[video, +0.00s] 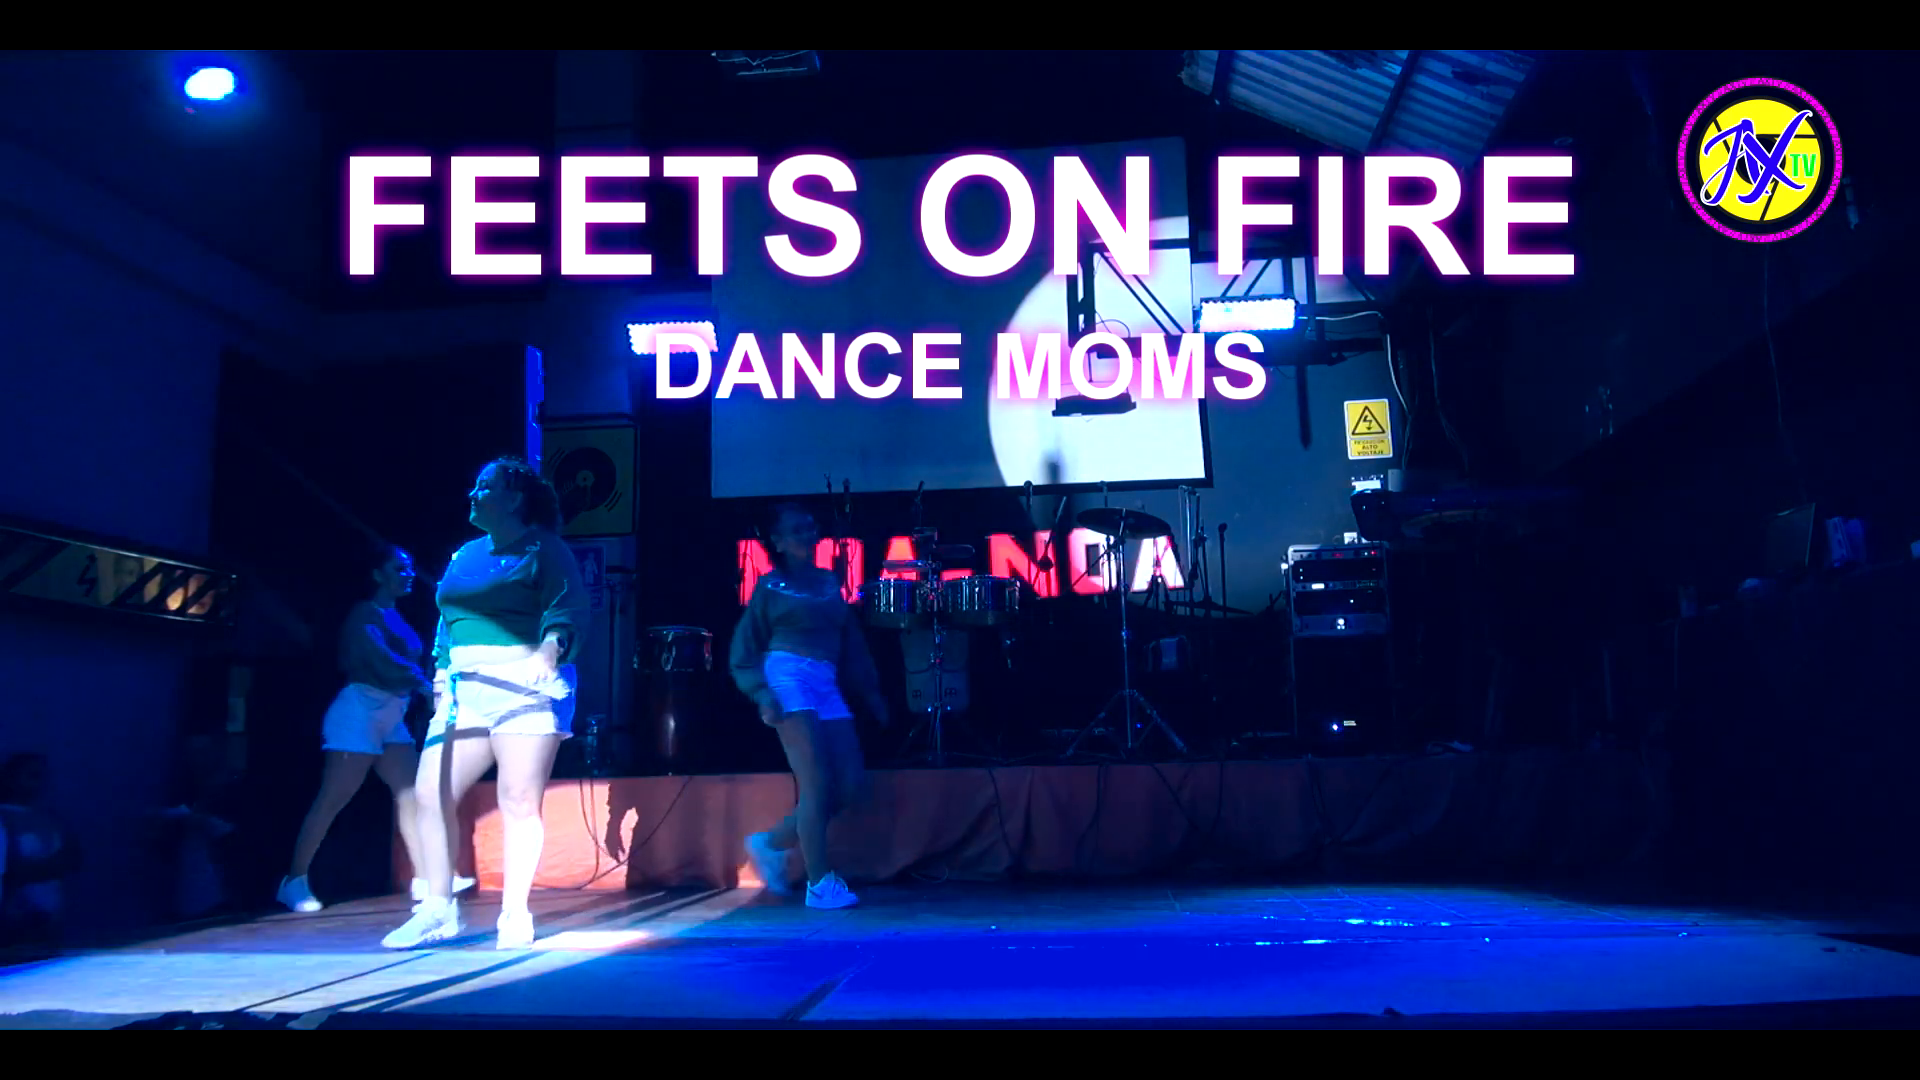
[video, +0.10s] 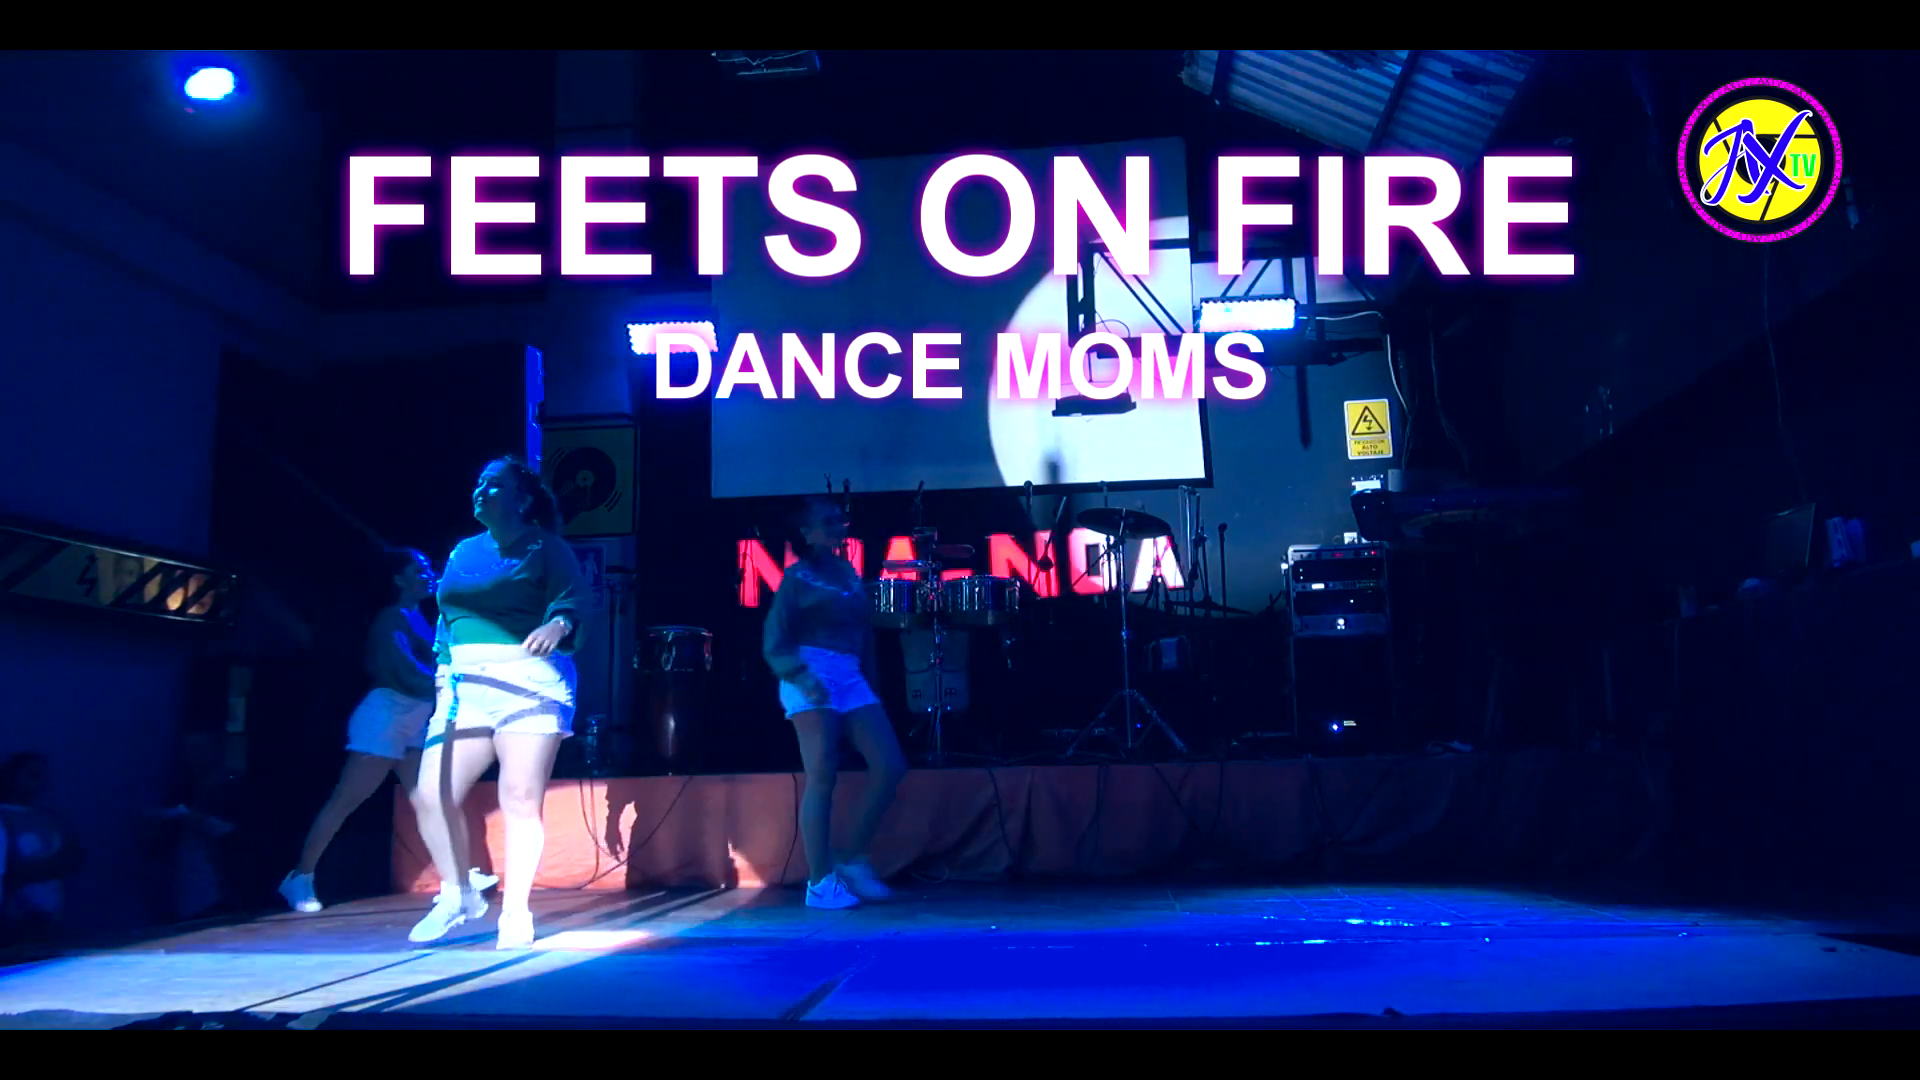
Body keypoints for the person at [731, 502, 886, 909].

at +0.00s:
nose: (807, 536)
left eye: (809, 529)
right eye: (796, 531)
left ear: (816, 533)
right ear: (778, 541)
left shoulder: (828, 583)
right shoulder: (770, 587)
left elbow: (850, 644)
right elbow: (741, 653)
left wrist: (870, 694)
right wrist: (762, 696)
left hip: (825, 677)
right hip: (786, 674)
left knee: (849, 783)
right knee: (814, 781)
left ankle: (769, 843)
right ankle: (819, 882)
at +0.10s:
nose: (840, 526)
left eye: (840, 519)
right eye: (829, 521)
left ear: (843, 526)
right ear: (807, 532)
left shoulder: (849, 576)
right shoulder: (797, 578)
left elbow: (863, 635)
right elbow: (773, 645)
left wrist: (866, 679)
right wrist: (802, 678)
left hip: (848, 673)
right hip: (807, 672)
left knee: (889, 764)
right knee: (821, 774)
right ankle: (819, 881)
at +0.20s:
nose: (869, 521)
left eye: (869, 515)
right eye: (859, 516)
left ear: (871, 523)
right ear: (836, 526)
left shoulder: (874, 572)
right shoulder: (822, 570)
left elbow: (882, 627)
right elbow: (805, 635)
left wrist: (910, 618)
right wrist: (843, 660)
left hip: (877, 676)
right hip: (832, 676)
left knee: (914, 765)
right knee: (828, 775)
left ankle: (926, 873)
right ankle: (821, 881)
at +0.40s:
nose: (919, 521)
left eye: (919, 514)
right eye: (908, 516)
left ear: (922, 522)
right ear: (886, 526)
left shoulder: (926, 570)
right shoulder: (877, 569)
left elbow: (937, 624)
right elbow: (867, 635)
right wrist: (897, 662)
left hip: (938, 672)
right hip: (896, 676)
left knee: (967, 768)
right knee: (902, 780)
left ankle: (961, 880)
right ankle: (843, 863)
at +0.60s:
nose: (947, 510)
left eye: (953, 503)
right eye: (937, 506)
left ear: (965, 510)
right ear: (923, 518)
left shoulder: (979, 561)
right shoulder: (918, 564)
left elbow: (997, 624)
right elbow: (909, 627)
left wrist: (1020, 673)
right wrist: (919, 686)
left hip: (989, 662)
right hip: (944, 663)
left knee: (991, 766)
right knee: (985, 759)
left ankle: (966, 872)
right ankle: (958, 868)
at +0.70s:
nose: (963, 505)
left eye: (970, 497)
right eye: (955, 500)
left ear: (986, 507)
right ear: (946, 514)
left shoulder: (1010, 555)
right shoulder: (938, 561)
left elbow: (1036, 614)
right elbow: (922, 628)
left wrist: (1067, 653)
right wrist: (933, 690)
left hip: (1011, 661)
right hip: (965, 659)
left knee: (983, 775)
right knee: (1011, 766)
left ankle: (961, 880)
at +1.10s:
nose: (1061, 497)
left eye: (1065, 489)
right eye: (1051, 493)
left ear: (1078, 493)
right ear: (1035, 504)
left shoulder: (1110, 544)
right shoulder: (1032, 556)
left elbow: (1137, 613)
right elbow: (1008, 625)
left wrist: (1153, 672)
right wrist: (1016, 682)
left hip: (1106, 655)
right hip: (1052, 651)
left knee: (1138, 764)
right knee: (1076, 774)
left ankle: (1081, 846)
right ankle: (1092, 890)